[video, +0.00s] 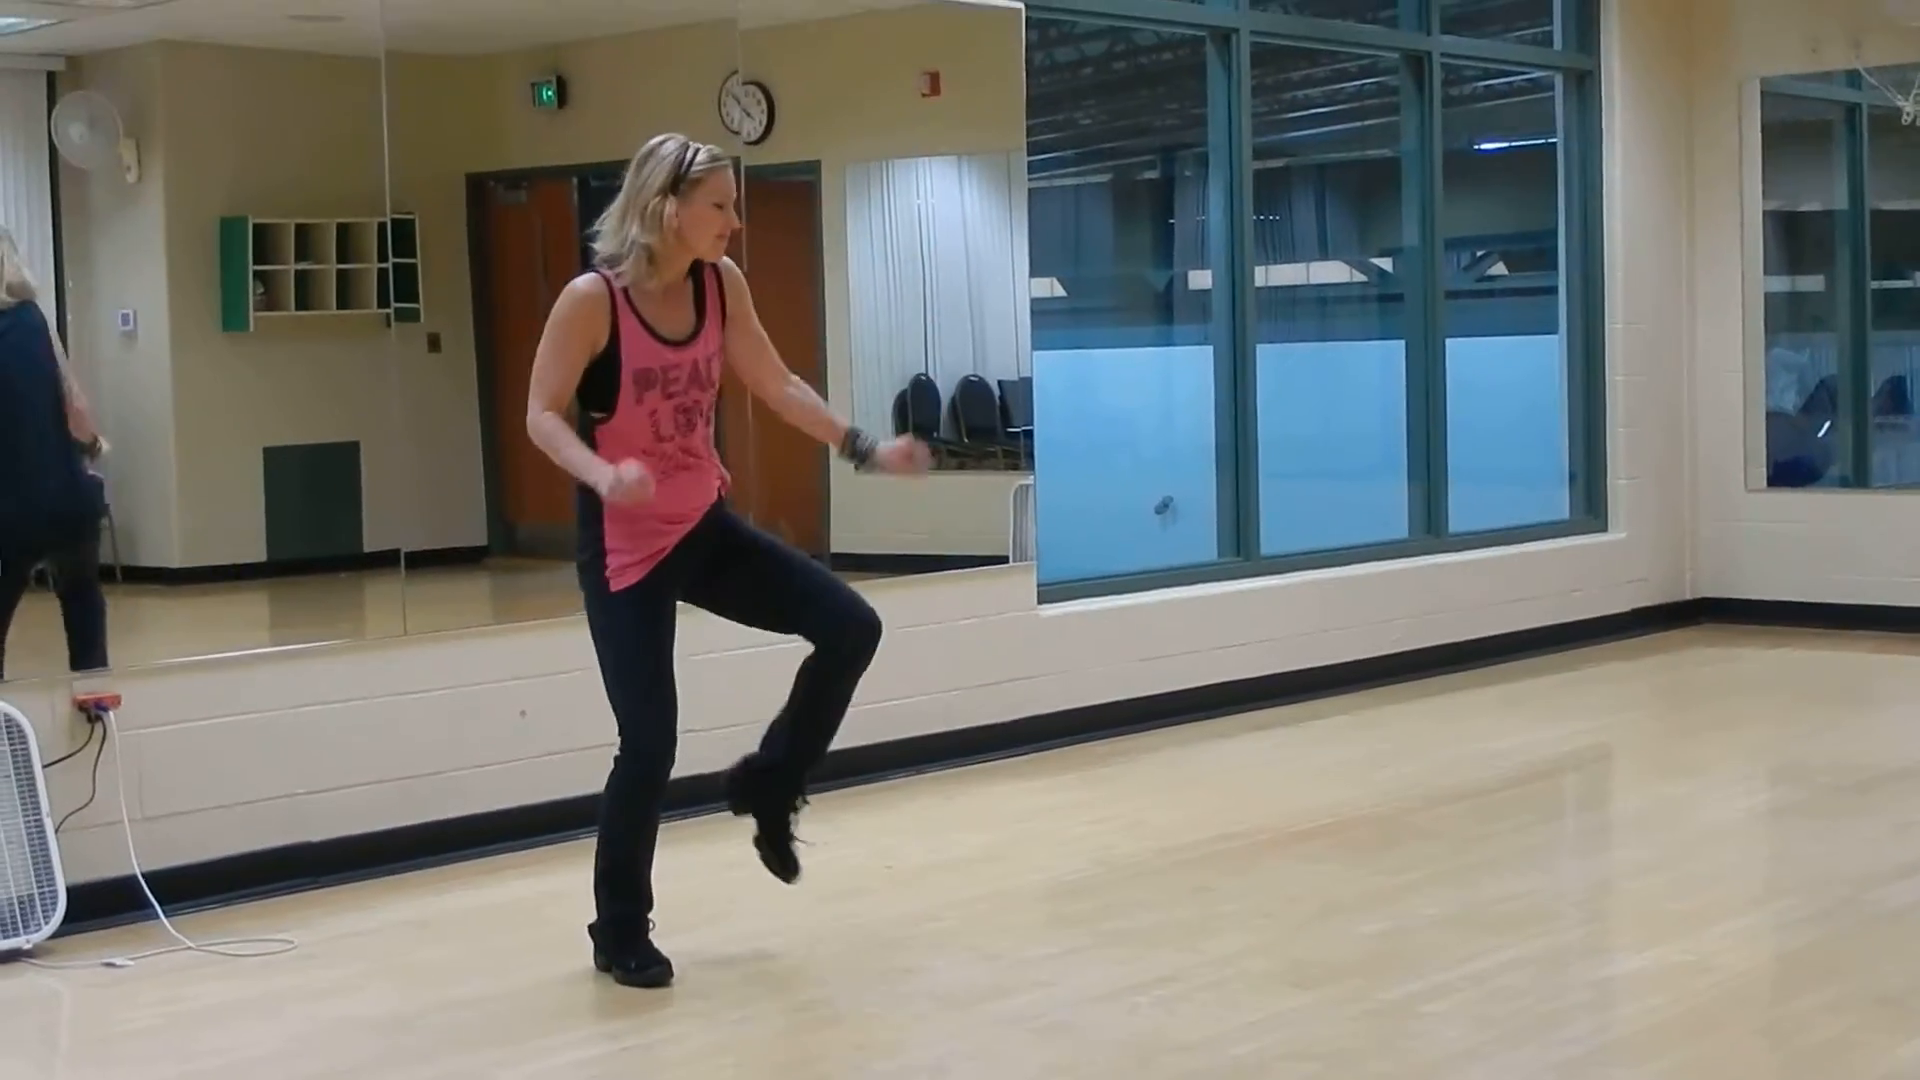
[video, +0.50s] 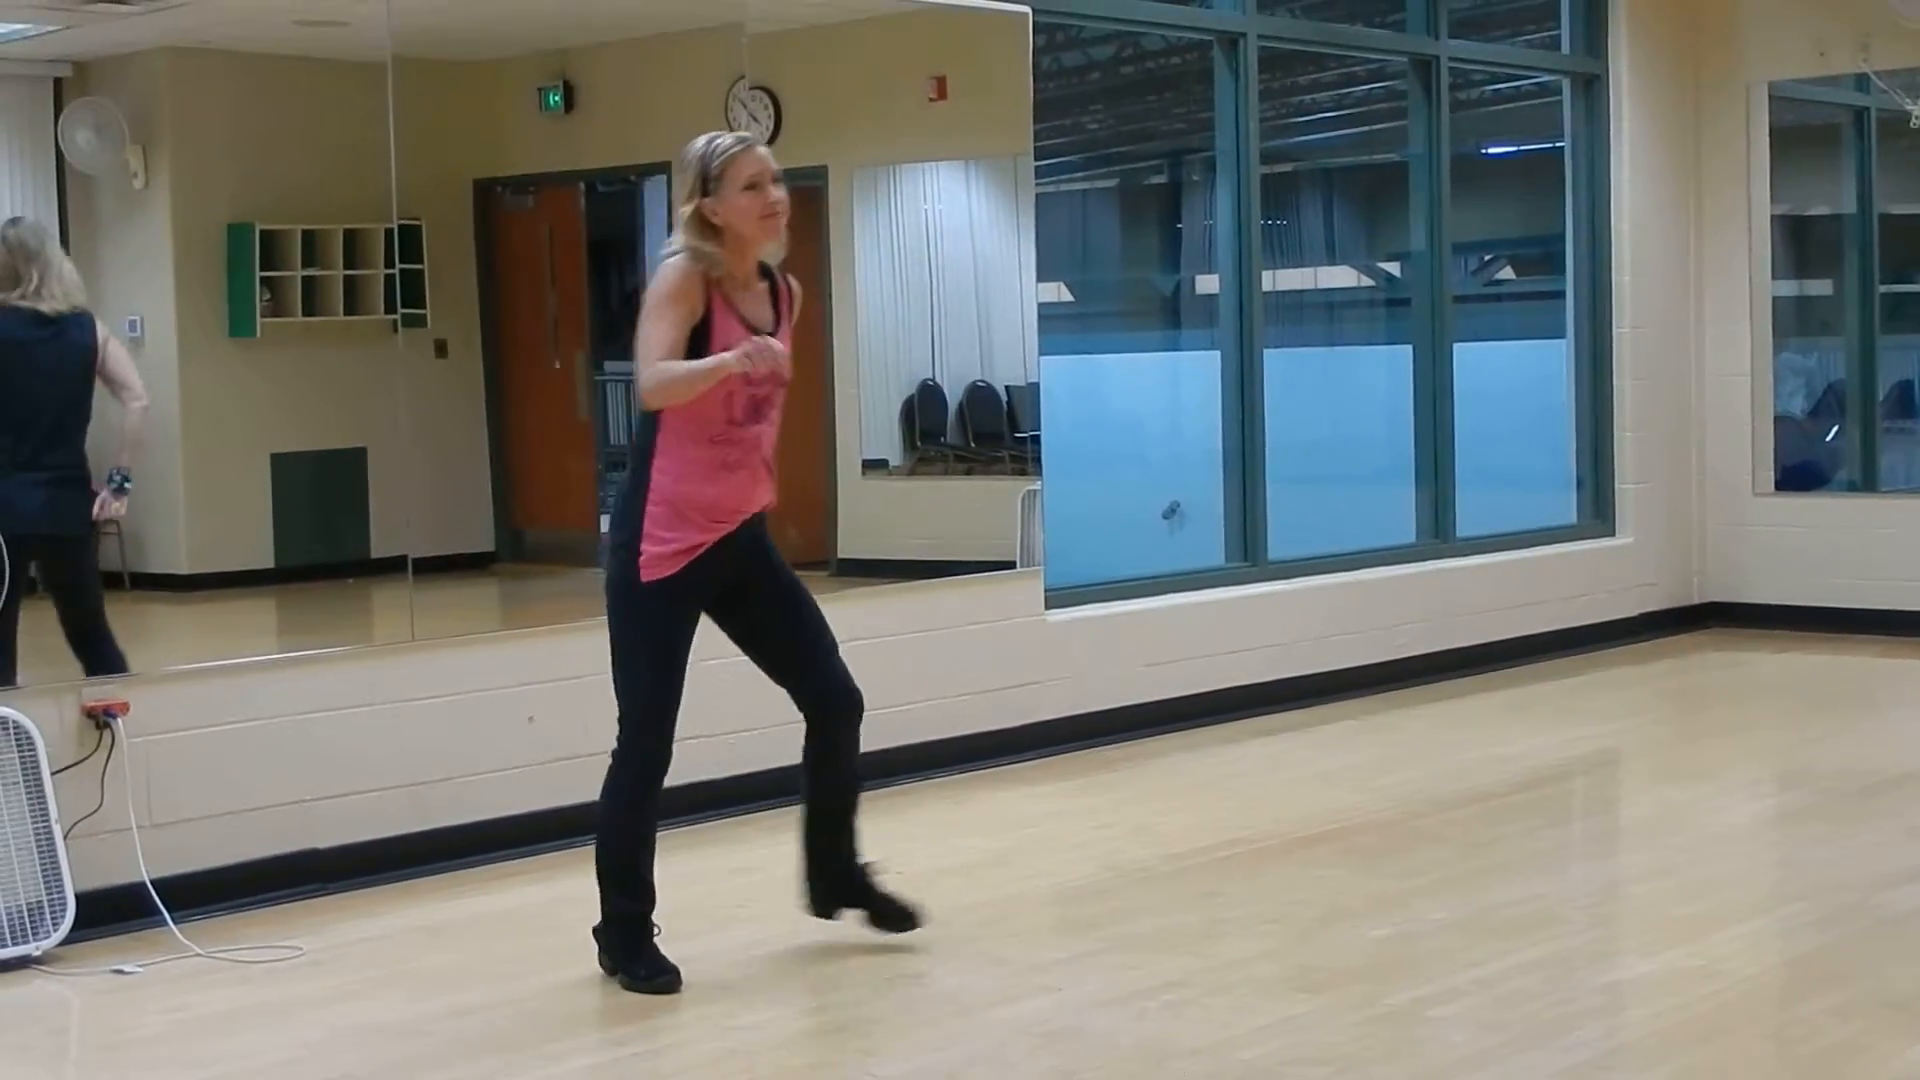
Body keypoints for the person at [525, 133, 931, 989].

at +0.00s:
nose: (730, 222)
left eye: (733, 208)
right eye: (717, 206)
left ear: (719, 215)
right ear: (664, 209)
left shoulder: (721, 285)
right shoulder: (590, 301)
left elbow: (776, 384)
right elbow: (543, 417)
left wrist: (866, 448)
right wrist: (600, 473)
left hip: (703, 528)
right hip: (623, 550)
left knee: (852, 629)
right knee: (649, 742)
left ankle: (772, 780)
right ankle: (620, 932)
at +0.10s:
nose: (726, 229)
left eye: (728, 215)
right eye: (713, 214)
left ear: (715, 222)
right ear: (657, 216)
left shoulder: (721, 294)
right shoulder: (588, 314)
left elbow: (752, 400)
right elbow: (548, 431)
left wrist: (806, 497)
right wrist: (602, 456)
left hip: (704, 542)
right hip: (622, 564)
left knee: (849, 644)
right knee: (650, 753)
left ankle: (751, 788)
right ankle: (622, 937)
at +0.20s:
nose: (729, 232)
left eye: (730, 218)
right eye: (713, 219)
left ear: (719, 226)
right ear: (656, 224)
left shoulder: (728, 304)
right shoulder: (596, 329)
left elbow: (738, 412)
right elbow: (559, 452)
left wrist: (749, 520)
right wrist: (617, 449)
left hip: (708, 545)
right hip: (628, 563)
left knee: (832, 694)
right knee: (661, 753)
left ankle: (747, 849)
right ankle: (625, 936)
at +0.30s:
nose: (736, 230)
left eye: (737, 217)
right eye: (717, 218)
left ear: (736, 230)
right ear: (664, 233)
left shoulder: (740, 317)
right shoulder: (612, 334)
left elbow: (730, 432)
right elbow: (582, 458)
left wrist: (735, 529)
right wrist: (646, 417)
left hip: (714, 551)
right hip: (637, 565)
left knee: (826, 715)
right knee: (664, 761)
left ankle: (728, 859)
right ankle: (627, 936)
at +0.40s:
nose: (752, 213)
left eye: (754, 199)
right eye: (731, 202)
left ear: (755, 216)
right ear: (680, 221)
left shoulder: (761, 311)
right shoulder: (642, 308)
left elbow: (738, 425)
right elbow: (612, 427)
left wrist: (743, 519)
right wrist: (684, 374)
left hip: (725, 550)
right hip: (647, 564)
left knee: (836, 708)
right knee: (659, 756)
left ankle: (761, 863)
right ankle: (628, 936)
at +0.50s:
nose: (776, 195)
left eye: (777, 181)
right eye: (754, 186)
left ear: (781, 198)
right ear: (708, 207)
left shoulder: (781, 291)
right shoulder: (681, 278)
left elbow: (748, 404)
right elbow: (649, 386)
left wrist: (748, 498)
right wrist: (723, 364)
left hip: (735, 535)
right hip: (655, 547)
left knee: (835, 702)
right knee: (644, 747)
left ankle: (833, 876)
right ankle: (624, 936)